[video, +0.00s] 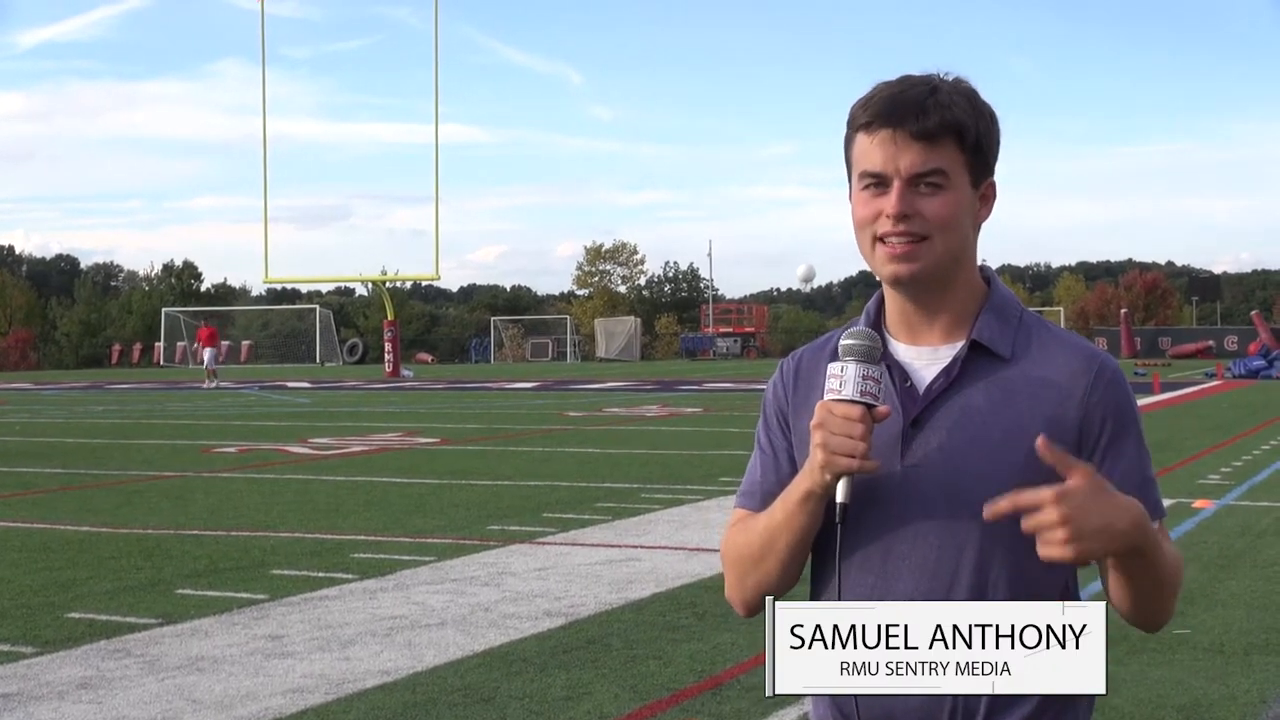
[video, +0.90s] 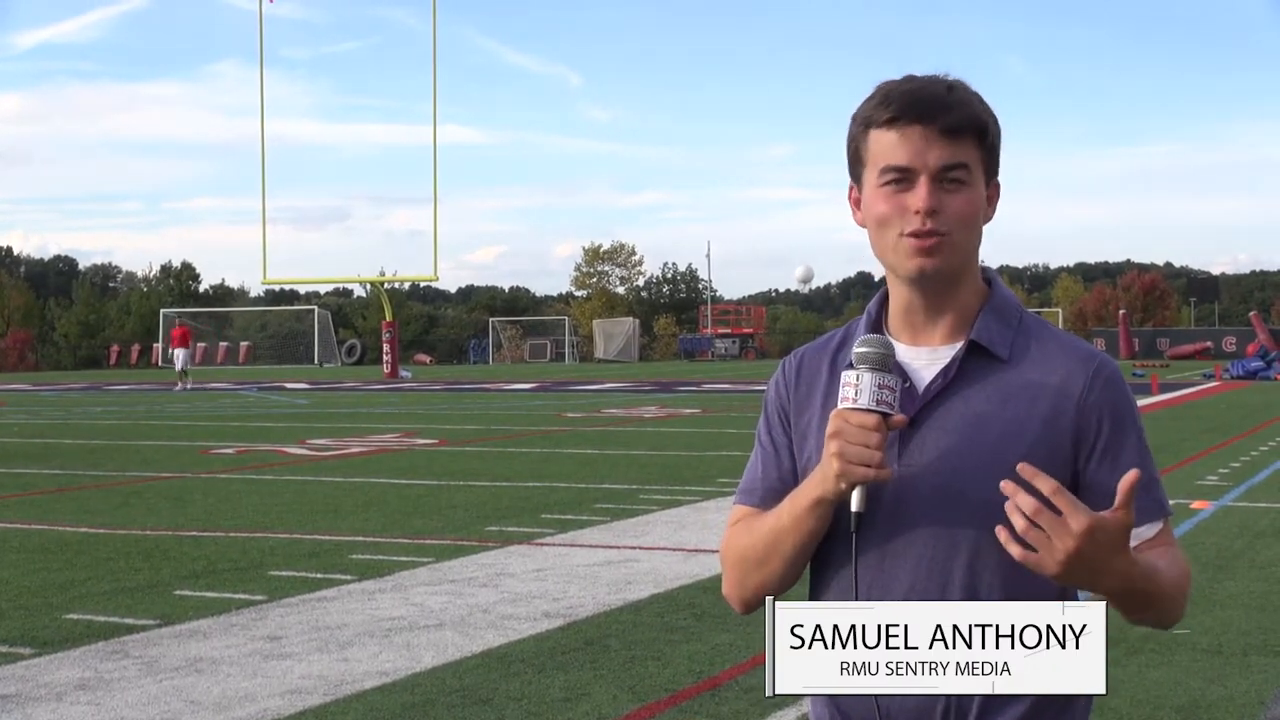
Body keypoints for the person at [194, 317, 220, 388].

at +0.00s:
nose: (204, 324)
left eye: (205, 323)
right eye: (203, 323)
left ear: (207, 323)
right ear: (201, 323)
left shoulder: (213, 330)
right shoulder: (200, 330)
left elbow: (217, 341)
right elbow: (198, 340)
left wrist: (219, 350)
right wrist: (195, 345)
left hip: (211, 348)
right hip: (205, 348)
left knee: (206, 365)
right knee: (211, 366)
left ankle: (207, 381)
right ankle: (216, 380)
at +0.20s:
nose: (200, 324)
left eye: (201, 322)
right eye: (199, 322)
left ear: (204, 322)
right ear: (198, 322)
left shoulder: (210, 329)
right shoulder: (196, 330)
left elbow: (214, 340)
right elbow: (194, 342)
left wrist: (214, 347)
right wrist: (192, 348)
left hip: (207, 348)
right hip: (200, 348)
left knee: (205, 366)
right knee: (199, 367)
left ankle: (206, 382)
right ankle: (209, 377)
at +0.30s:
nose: (197, 323)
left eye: (198, 321)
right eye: (196, 321)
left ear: (201, 321)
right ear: (195, 322)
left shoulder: (206, 329)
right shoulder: (194, 330)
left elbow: (209, 340)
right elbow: (192, 341)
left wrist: (210, 349)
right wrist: (190, 350)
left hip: (204, 348)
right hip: (197, 348)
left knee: (204, 366)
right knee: (194, 367)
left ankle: (206, 382)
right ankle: (202, 379)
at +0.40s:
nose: (195, 323)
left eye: (196, 321)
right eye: (193, 321)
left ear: (199, 321)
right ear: (192, 322)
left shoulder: (203, 329)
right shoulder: (190, 330)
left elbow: (206, 340)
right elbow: (190, 340)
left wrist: (206, 348)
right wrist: (189, 348)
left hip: (202, 348)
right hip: (194, 348)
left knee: (203, 367)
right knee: (190, 367)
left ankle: (206, 382)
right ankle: (194, 381)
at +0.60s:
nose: (188, 323)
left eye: (189, 322)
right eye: (187, 322)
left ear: (193, 322)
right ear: (185, 323)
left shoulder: (196, 330)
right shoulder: (185, 331)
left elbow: (198, 340)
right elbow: (185, 341)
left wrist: (195, 349)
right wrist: (184, 349)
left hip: (195, 350)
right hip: (187, 351)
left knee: (198, 368)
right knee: (184, 368)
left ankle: (203, 383)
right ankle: (182, 382)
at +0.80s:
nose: (181, 322)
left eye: (182, 321)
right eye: (180, 321)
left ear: (184, 322)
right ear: (178, 322)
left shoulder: (188, 330)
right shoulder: (176, 331)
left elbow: (192, 341)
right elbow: (176, 342)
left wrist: (192, 351)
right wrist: (175, 352)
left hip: (186, 350)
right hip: (178, 350)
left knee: (187, 368)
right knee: (179, 368)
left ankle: (196, 380)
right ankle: (180, 384)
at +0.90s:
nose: (178, 322)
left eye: (179, 320)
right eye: (177, 321)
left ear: (182, 321)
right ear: (175, 321)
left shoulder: (185, 329)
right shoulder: (173, 330)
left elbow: (190, 340)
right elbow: (172, 341)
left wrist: (191, 350)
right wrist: (170, 350)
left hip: (184, 349)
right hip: (176, 349)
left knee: (182, 367)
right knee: (178, 368)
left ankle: (189, 381)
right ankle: (180, 384)